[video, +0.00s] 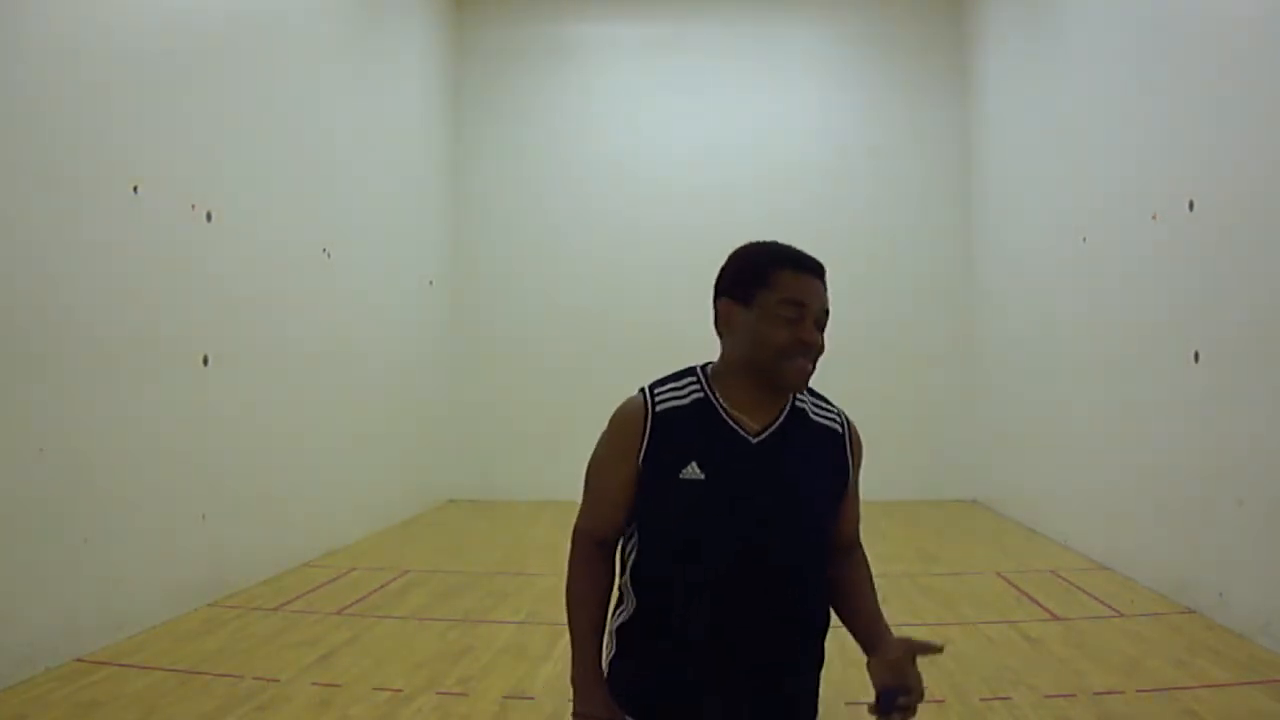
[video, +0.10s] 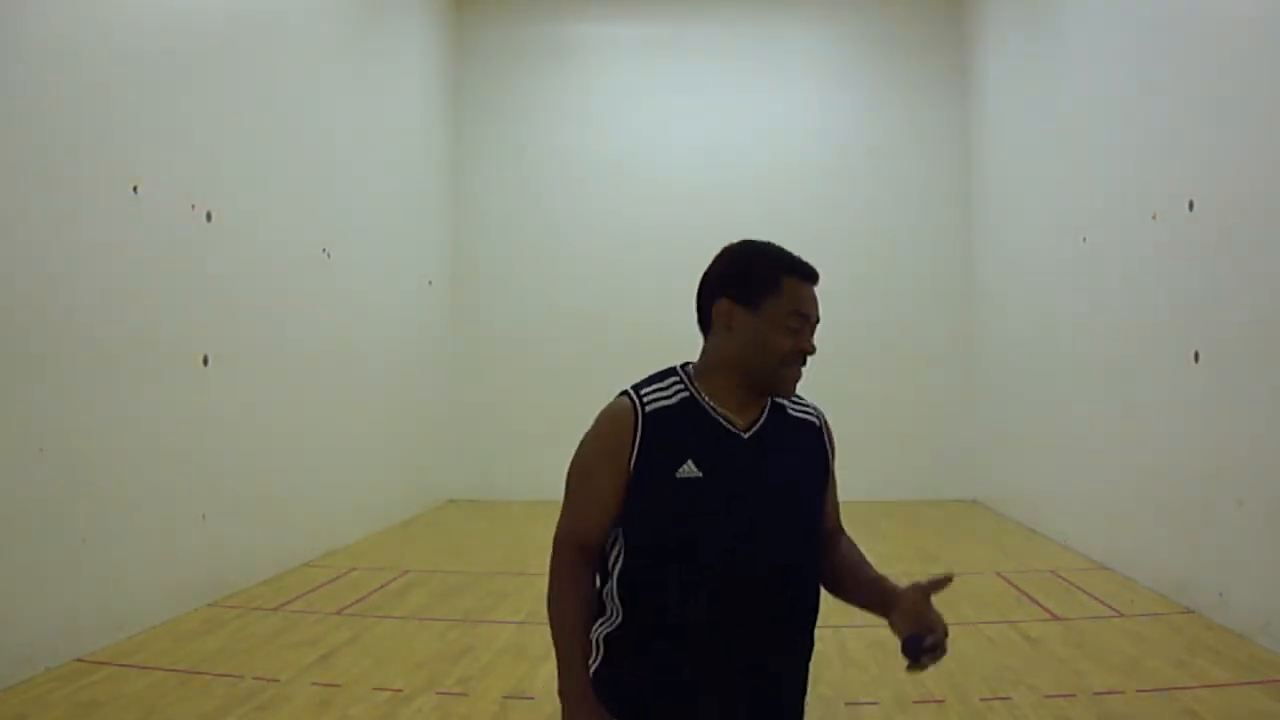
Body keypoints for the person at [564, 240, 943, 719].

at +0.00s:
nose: (813, 339)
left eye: (820, 324)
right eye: (792, 317)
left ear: (827, 331)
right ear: (727, 315)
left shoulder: (835, 439)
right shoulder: (649, 420)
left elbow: (842, 552)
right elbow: (594, 544)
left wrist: (881, 644)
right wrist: (588, 684)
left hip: (780, 698)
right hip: (659, 694)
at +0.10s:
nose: (811, 346)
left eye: (813, 329)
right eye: (796, 324)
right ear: (726, 317)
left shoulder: (808, 431)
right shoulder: (634, 422)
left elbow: (827, 543)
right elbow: (575, 555)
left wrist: (893, 600)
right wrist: (577, 698)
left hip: (769, 703)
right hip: (646, 700)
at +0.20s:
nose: (793, 356)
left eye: (794, 338)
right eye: (781, 335)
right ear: (713, 326)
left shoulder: (778, 435)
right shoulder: (615, 429)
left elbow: (806, 538)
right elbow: (543, 564)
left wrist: (899, 556)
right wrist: (555, 705)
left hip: (748, 702)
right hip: (628, 700)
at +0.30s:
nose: (766, 374)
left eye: (768, 356)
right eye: (757, 353)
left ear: (700, 347)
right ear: (692, 344)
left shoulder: (738, 444)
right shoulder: (587, 445)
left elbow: (779, 533)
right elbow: (503, 583)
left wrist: (892, 537)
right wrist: (516, 713)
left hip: (716, 706)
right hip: (598, 708)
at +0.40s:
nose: (743, 394)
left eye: (744, 376)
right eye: (735, 373)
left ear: (680, 362)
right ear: (675, 359)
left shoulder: (706, 457)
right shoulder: (556, 459)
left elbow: (743, 530)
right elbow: (460, 597)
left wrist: (870, 556)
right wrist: (453, 716)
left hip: (672, 709)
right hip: (554, 712)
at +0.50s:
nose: (732, 395)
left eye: (735, 376)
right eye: (726, 373)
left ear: (673, 365)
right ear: (665, 361)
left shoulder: (694, 451)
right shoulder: (537, 456)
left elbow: (706, 524)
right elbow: (425, 585)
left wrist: (804, 593)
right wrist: (380, 713)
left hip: (641, 707)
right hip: (523, 710)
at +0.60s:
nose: (739, 392)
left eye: (740, 374)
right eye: (732, 371)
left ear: (680, 362)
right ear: (671, 357)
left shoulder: (694, 455)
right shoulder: (546, 448)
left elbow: (672, 536)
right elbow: (410, 565)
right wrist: (323, 699)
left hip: (616, 697)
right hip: (507, 701)